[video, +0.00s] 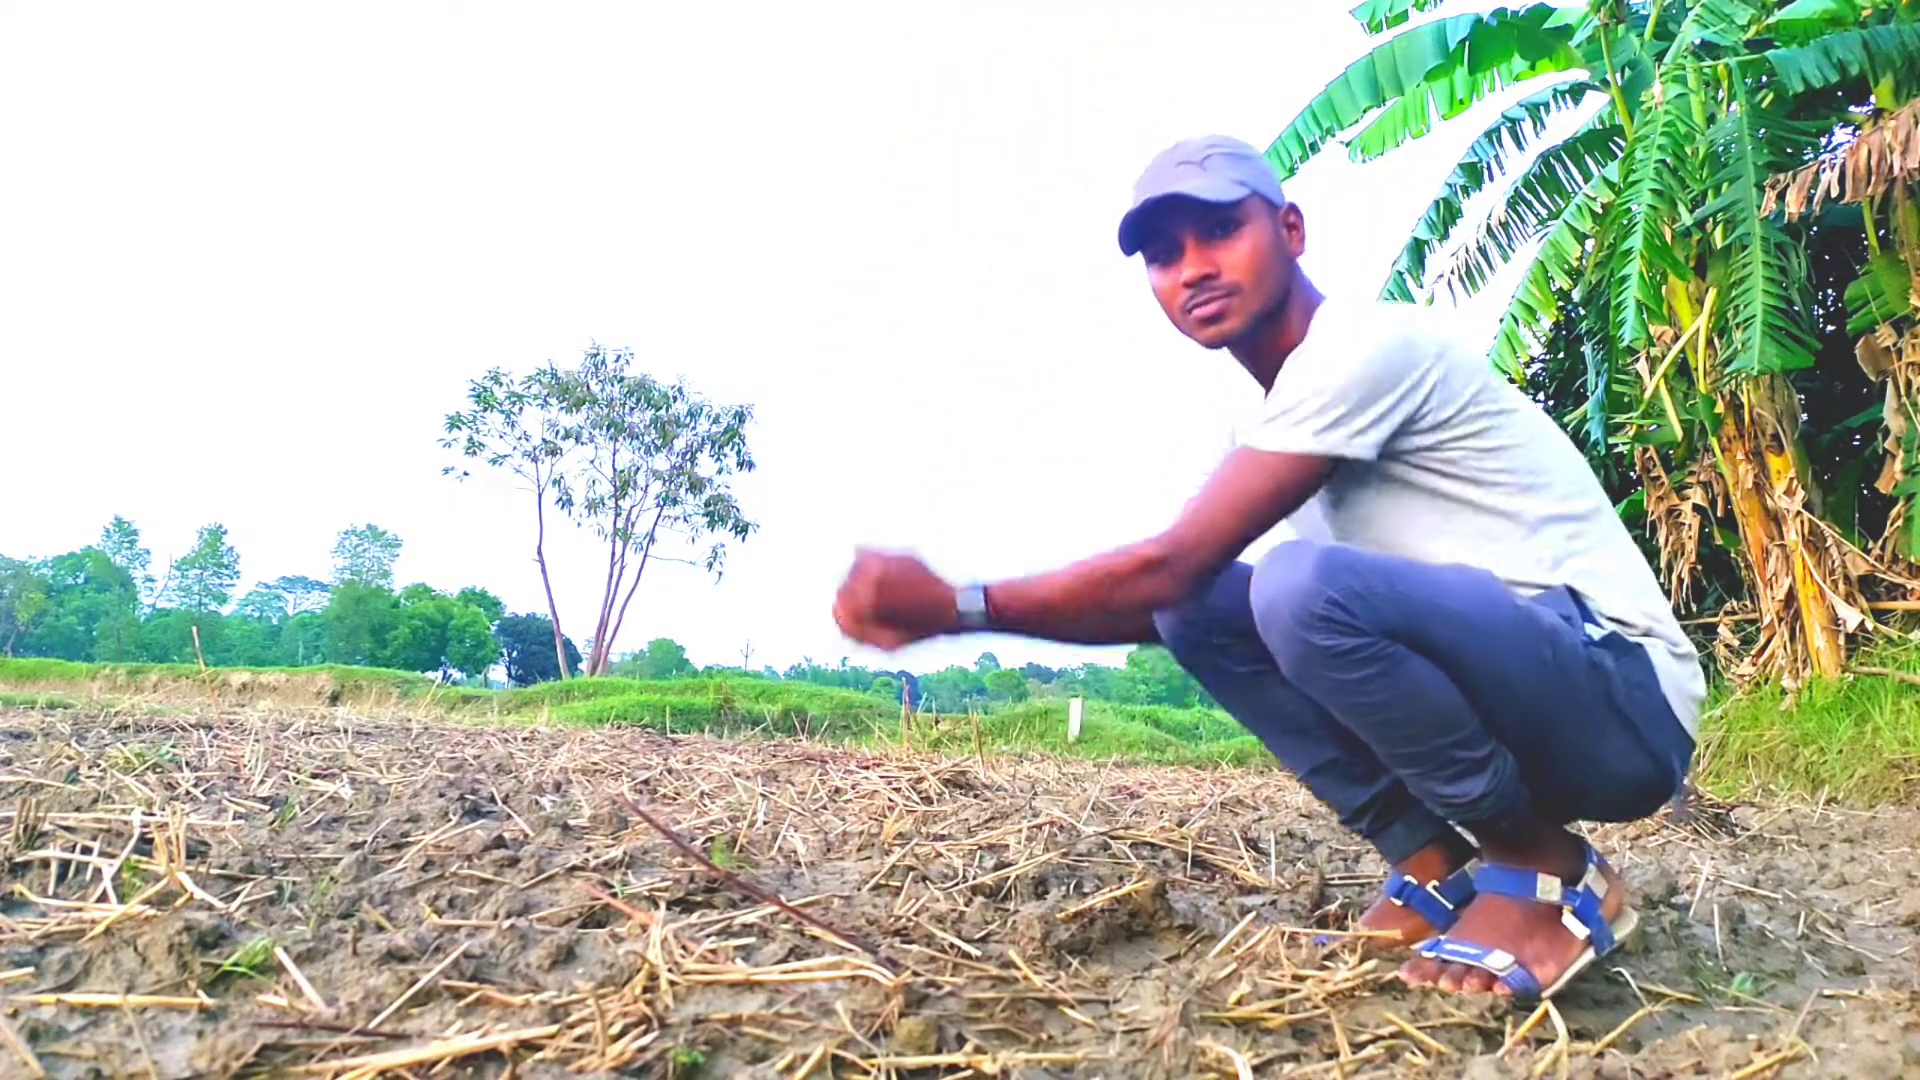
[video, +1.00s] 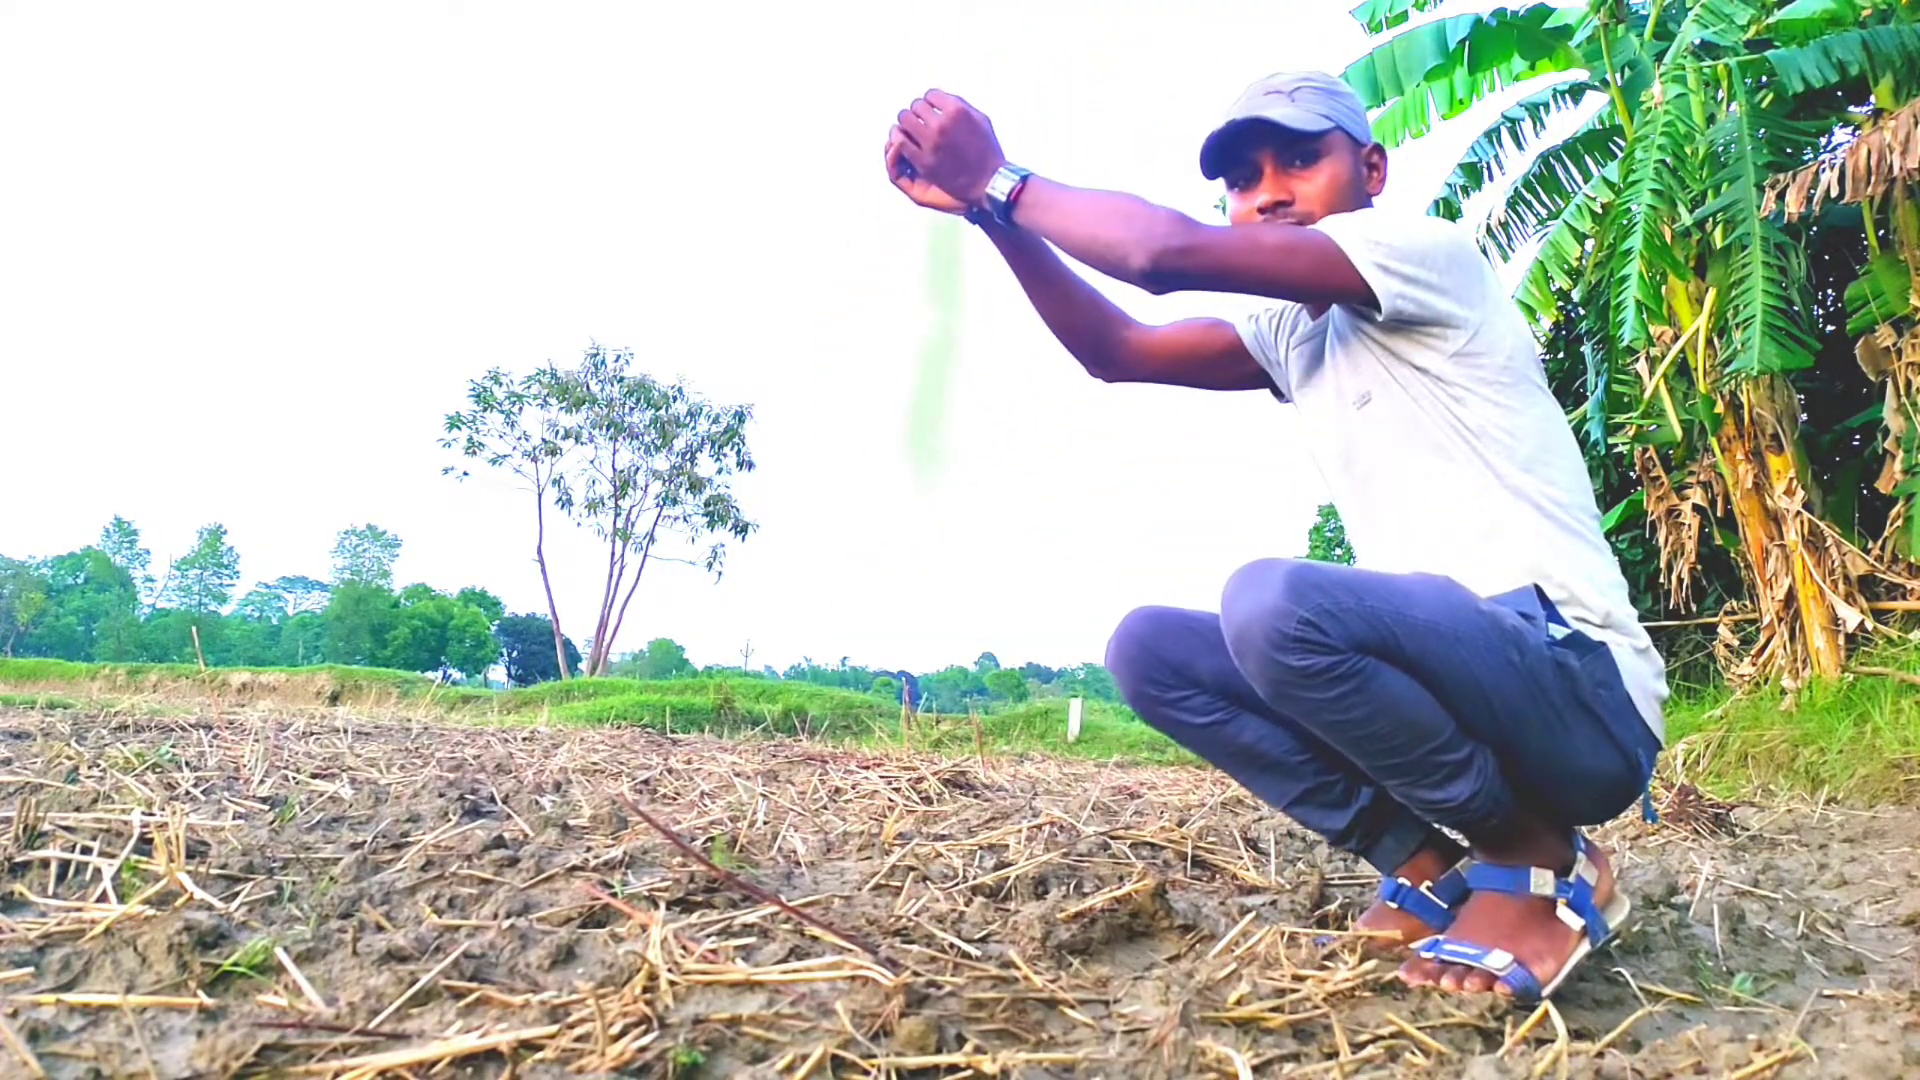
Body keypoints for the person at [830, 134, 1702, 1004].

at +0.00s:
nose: (1189, 268)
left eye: (1218, 227)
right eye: (1160, 251)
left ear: (1292, 232)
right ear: (1150, 286)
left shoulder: (1377, 347)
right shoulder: (1273, 430)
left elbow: (1167, 569)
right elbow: (1159, 607)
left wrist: (960, 606)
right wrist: (976, 614)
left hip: (1620, 695)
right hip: (1509, 717)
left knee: (1306, 592)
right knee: (1197, 608)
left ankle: (1546, 878)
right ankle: (1443, 872)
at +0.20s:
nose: (1225, 231)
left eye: (1255, 195)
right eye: (1196, 212)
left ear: (1326, 199)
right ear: (1182, 243)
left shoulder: (1392, 306)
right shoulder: (1278, 383)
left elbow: (1140, 395)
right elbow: (1100, 482)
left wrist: (952, 346)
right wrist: (958, 371)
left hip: (1598, 698)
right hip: (1485, 714)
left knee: (1290, 596)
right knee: (1169, 625)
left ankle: (1536, 865)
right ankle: (1435, 870)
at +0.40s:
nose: (1245, 204)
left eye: (1277, 169)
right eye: (1221, 187)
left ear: (1350, 179)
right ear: (1208, 214)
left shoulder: (1409, 266)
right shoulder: (1286, 348)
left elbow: (1154, 282)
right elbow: (1093, 389)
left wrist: (990, 205)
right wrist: (985, 239)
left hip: (1584, 683)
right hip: (1463, 694)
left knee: (1279, 597)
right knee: (1159, 639)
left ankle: (1533, 859)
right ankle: (1434, 864)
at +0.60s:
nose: (1262, 191)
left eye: (1292, 155)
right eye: (1237, 178)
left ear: (1364, 164)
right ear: (1218, 201)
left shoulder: (1419, 254)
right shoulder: (1289, 330)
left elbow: (1159, 246)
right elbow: (1107, 348)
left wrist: (1004, 163)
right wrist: (1000, 201)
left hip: (1580, 680)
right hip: (1459, 688)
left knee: (1270, 607)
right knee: (1156, 643)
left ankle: (1538, 859)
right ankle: (1435, 862)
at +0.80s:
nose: (1266, 193)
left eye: (1299, 156)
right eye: (1241, 178)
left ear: (1372, 167)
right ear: (1223, 201)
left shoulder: (1425, 255)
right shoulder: (1295, 329)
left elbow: (1164, 251)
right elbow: (1114, 349)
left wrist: (1002, 175)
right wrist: (999, 209)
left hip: (1579, 682)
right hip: (1455, 691)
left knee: (1269, 609)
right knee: (1154, 644)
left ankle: (1536, 855)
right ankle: (1433, 858)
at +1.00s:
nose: (1269, 194)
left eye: (1300, 158)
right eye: (1243, 182)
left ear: (1373, 169)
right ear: (1229, 206)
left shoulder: (1426, 256)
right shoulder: (1298, 330)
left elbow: (1166, 251)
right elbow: (1117, 350)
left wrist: (995, 184)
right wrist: (994, 213)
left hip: (1579, 683)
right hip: (1459, 695)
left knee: (1273, 606)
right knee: (1151, 649)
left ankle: (1537, 853)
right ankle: (1434, 858)